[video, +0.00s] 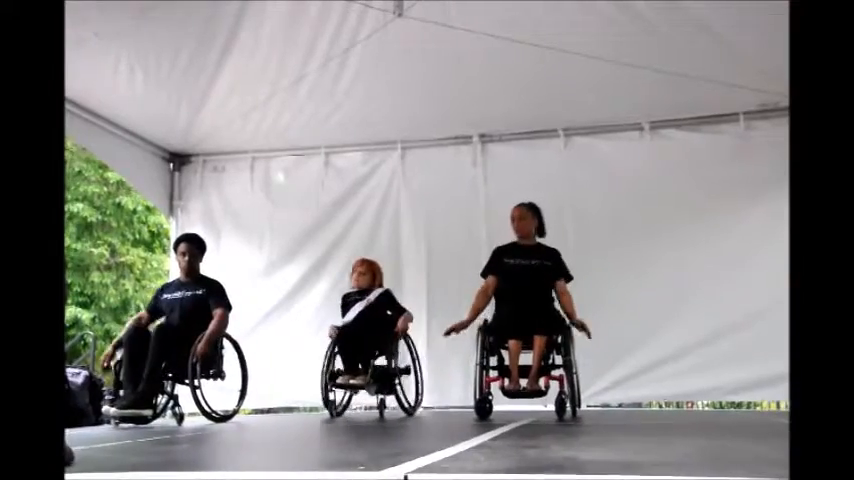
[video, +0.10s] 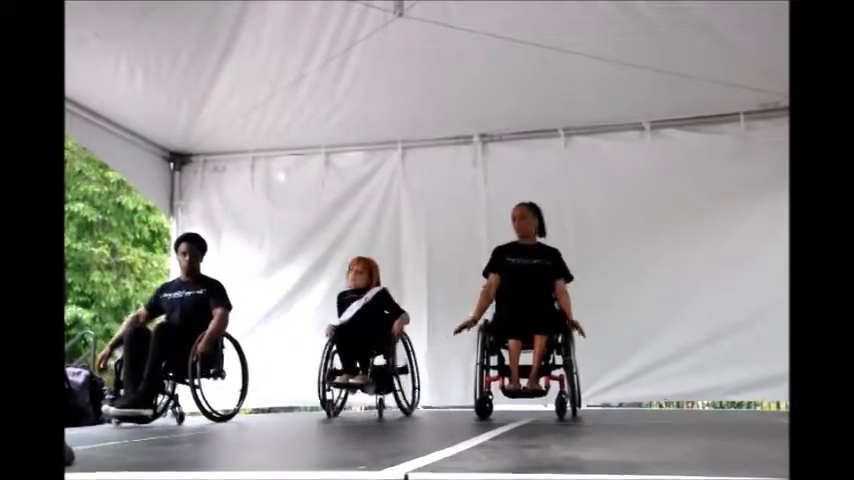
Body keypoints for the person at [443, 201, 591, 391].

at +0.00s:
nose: (516, 224)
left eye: (521, 219)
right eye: (513, 220)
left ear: (535, 222)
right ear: (510, 223)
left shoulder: (550, 254)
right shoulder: (501, 253)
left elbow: (561, 290)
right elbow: (487, 289)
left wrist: (573, 318)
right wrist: (469, 319)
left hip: (540, 311)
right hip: (510, 310)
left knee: (544, 321)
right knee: (513, 323)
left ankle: (534, 378)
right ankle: (514, 378)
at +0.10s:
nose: (518, 223)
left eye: (523, 218)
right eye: (514, 219)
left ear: (536, 221)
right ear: (511, 223)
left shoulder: (551, 254)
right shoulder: (502, 253)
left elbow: (561, 290)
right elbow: (490, 287)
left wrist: (570, 318)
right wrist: (476, 317)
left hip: (541, 309)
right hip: (511, 308)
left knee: (544, 319)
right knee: (514, 320)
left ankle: (534, 378)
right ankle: (514, 378)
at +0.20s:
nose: (518, 223)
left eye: (524, 218)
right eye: (515, 219)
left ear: (537, 221)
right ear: (511, 223)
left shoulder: (551, 253)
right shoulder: (502, 252)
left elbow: (560, 289)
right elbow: (496, 280)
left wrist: (569, 320)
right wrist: (496, 302)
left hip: (542, 305)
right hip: (514, 306)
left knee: (543, 319)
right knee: (513, 320)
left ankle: (534, 377)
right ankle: (514, 377)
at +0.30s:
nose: (517, 223)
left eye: (522, 218)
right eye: (513, 219)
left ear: (535, 221)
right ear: (510, 223)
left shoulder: (550, 253)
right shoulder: (502, 252)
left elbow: (561, 290)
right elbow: (495, 273)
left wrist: (573, 321)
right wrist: (500, 282)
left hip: (543, 305)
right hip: (516, 305)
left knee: (542, 319)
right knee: (514, 318)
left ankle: (534, 376)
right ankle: (514, 376)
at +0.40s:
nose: (514, 223)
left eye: (519, 217)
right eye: (510, 219)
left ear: (532, 221)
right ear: (507, 223)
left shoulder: (549, 252)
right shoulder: (501, 250)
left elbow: (562, 290)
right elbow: (492, 264)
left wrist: (579, 324)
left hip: (541, 306)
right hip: (512, 307)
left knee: (543, 319)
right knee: (515, 320)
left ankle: (534, 376)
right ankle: (514, 376)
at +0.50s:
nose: (509, 222)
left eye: (513, 217)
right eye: (506, 218)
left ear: (526, 220)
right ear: (505, 224)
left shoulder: (546, 250)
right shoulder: (501, 250)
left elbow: (564, 288)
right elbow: (491, 230)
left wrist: (588, 325)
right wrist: (523, 212)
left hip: (541, 306)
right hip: (511, 306)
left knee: (543, 318)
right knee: (515, 319)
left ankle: (534, 377)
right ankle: (514, 377)